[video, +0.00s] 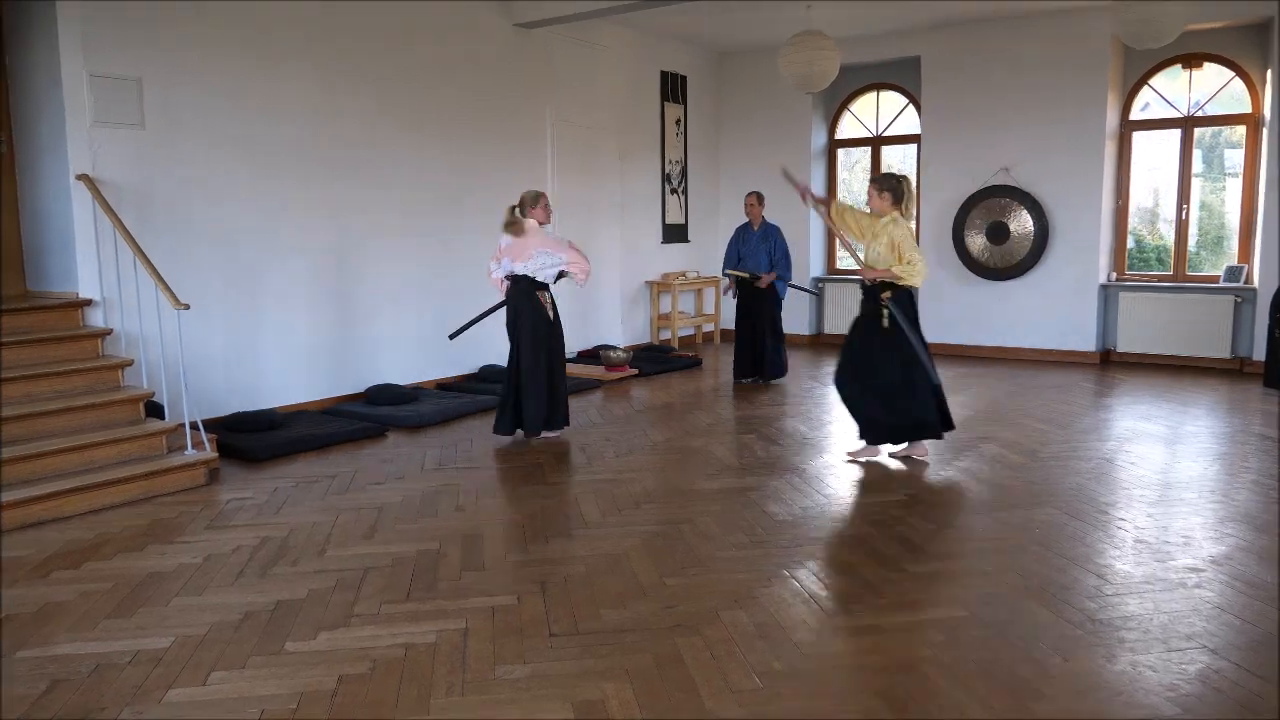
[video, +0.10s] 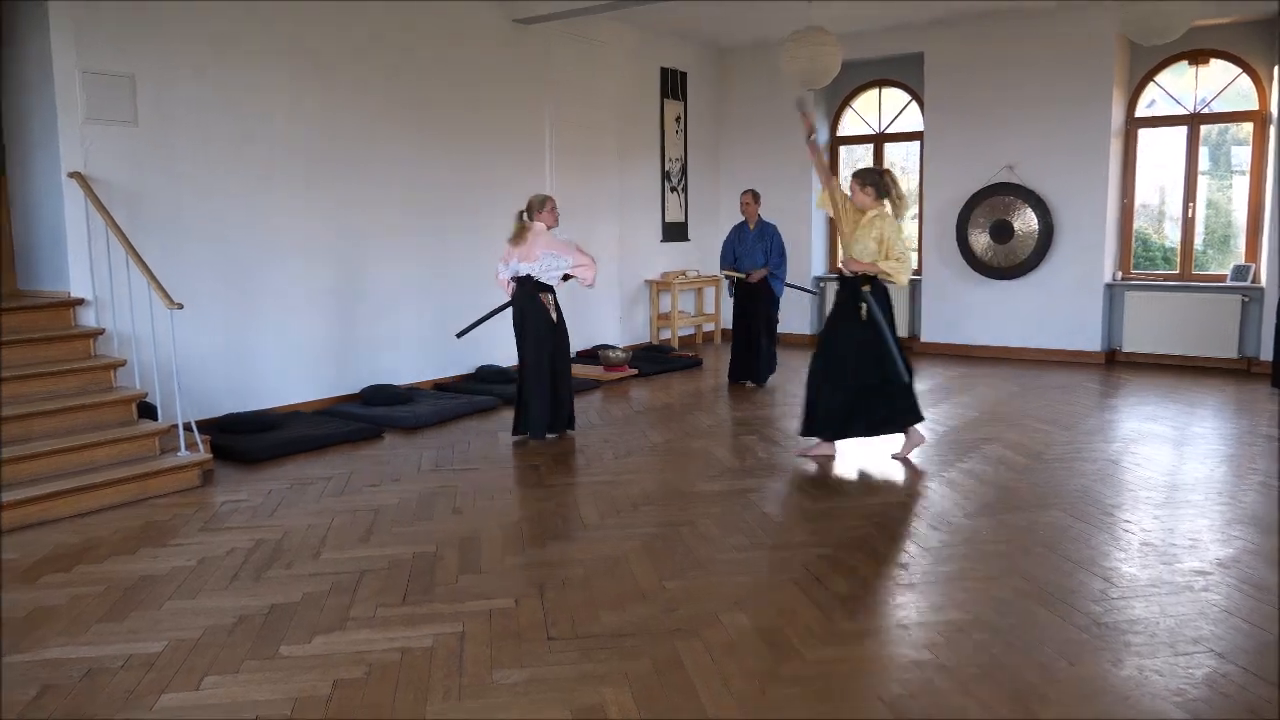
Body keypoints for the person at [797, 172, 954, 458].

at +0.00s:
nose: (868, 199)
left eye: (872, 195)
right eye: (868, 195)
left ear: (886, 197)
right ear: (883, 197)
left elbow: (916, 270)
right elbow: (843, 212)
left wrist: (879, 273)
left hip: (895, 303)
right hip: (874, 301)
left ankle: (919, 441)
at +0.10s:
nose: (851, 194)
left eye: (855, 189)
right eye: (851, 189)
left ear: (870, 191)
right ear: (861, 191)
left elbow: (901, 267)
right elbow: (828, 181)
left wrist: (863, 266)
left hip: (870, 295)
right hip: (848, 293)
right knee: (828, 360)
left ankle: (911, 429)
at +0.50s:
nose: (784, 191)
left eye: (789, 187)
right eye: (787, 187)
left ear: (804, 193)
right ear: (806, 192)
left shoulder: (804, 224)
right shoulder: (801, 214)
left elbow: (754, 234)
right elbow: (769, 204)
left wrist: (725, 212)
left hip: (787, 297)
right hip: (774, 293)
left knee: (795, 370)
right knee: (745, 359)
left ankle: (832, 444)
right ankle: (724, 428)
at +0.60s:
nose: (765, 184)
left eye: (769, 179)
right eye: (767, 179)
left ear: (782, 184)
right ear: (791, 186)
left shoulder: (783, 217)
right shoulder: (792, 213)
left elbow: (740, 241)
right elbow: (752, 228)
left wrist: (714, 233)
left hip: (769, 291)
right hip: (770, 288)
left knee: (778, 367)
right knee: (738, 359)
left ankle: (829, 438)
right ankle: (723, 431)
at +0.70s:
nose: (746, 180)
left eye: (750, 176)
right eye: (747, 175)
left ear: (765, 180)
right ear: (769, 180)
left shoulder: (772, 212)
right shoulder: (771, 207)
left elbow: (741, 245)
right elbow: (743, 240)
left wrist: (707, 262)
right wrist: (713, 264)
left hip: (762, 289)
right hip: (753, 286)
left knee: (764, 367)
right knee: (733, 358)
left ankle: (816, 441)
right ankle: (724, 435)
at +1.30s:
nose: (714, 172)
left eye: (716, 165)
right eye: (712, 166)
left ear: (734, 163)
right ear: (737, 162)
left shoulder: (752, 195)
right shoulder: (744, 193)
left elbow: (745, 257)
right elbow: (734, 252)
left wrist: (724, 300)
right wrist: (720, 299)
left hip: (770, 287)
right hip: (755, 286)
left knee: (782, 375)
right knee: (742, 365)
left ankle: (840, 460)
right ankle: (743, 447)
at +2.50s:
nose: (877, 132)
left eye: (881, 124)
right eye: (877, 124)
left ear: (904, 126)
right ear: (912, 125)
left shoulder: (923, 168)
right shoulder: (939, 159)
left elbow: (926, 245)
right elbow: (923, 242)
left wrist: (904, 305)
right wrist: (904, 301)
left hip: (957, 282)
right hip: (986, 276)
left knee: (901, 379)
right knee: (983, 371)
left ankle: (884, 490)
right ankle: (999, 467)